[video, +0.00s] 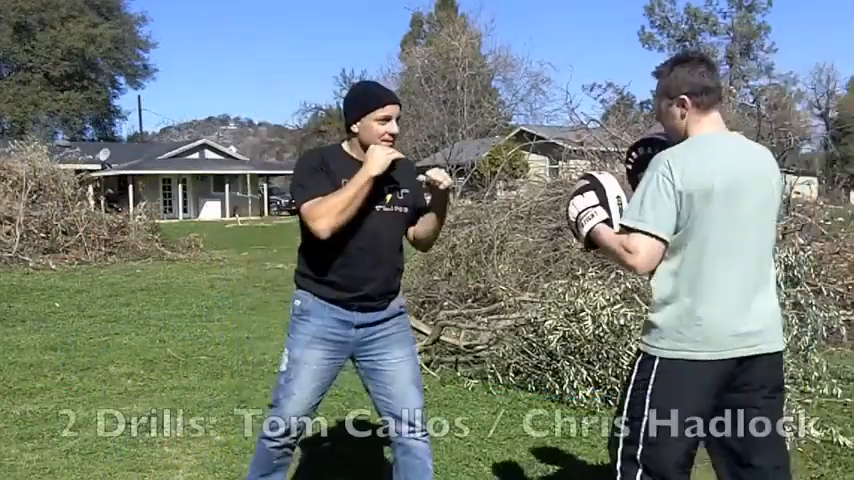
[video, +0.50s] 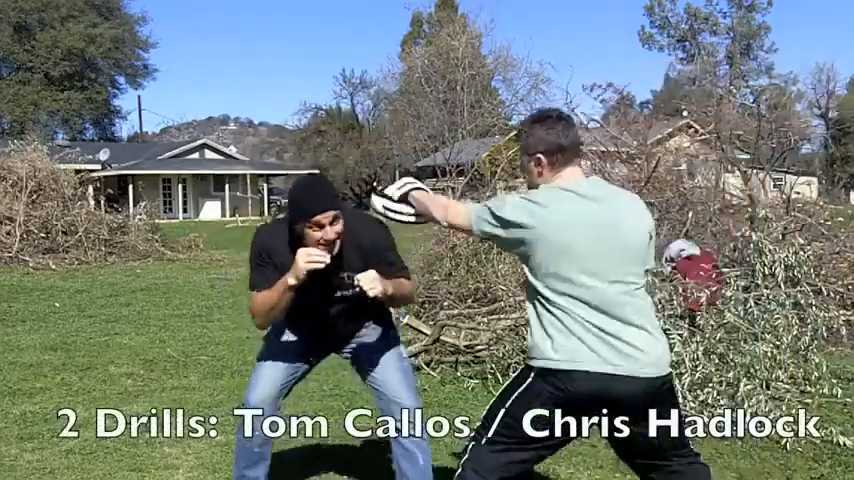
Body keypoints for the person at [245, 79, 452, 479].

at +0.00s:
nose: (393, 129)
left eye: (396, 120)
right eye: (383, 121)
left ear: (398, 122)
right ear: (355, 124)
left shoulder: (401, 171)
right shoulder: (317, 162)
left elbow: (421, 238)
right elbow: (320, 224)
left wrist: (440, 199)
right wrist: (368, 172)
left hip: (386, 318)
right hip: (321, 316)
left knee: (410, 426)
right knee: (284, 426)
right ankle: (261, 476)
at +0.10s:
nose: (387, 132)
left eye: (390, 122)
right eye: (376, 124)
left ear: (393, 122)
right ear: (348, 126)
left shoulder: (401, 170)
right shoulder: (311, 163)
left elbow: (419, 240)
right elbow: (310, 230)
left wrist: (435, 208)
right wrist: (359, 177)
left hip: (381, 318)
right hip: (315, 315)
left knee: (408, 423)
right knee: (278, 421)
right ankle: (257, 476)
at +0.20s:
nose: (380, 150)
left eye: (384, 139)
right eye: (368, 142)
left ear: (390, 136)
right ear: (342, 143)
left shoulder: (402, 173)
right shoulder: (307, 173)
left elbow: (425, 245)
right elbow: (296, 246)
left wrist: (430, 223)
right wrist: (344, 196)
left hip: (378, 321)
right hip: (308, 318)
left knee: (406, 419)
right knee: (274, 417)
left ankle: (414, 476)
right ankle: (255, 476)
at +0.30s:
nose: (363, 191)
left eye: (369, 179)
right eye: (351, 182)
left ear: (377, 172)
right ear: (329, 180)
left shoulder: (395, 200)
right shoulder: (297, 203)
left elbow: (425, 260)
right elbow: (283, 276)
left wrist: (418, 254)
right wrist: (325, 236)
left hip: (374, 325)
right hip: (304, 325)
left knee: (409, 413)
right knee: (267, 408)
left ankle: (418, 476)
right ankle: (252, 475)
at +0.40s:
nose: (347, 229)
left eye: (353, 217)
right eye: (335, 221)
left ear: (361, 210)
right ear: (314, 218)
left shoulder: (383, 228)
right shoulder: (286, 230)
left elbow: (418, 281)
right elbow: (268, 306)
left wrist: (403, 280)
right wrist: (303, 273)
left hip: (369, 325)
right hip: (305, 326)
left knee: (408, 406)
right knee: (260, 403)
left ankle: (416, 475)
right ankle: (249, 474)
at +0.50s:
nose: (329, 234)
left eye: (334, 222)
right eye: (317, 226)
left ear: (342, 213)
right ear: (297, 226)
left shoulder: (367, 230)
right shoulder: (270, 240)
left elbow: (407, 291)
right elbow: (261, 317)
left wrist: (387, 287)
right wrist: (291, 278)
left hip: (364, 325)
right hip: (301, 329)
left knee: (406, 407)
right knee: (257, 402)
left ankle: (415, 475)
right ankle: (249, 475)